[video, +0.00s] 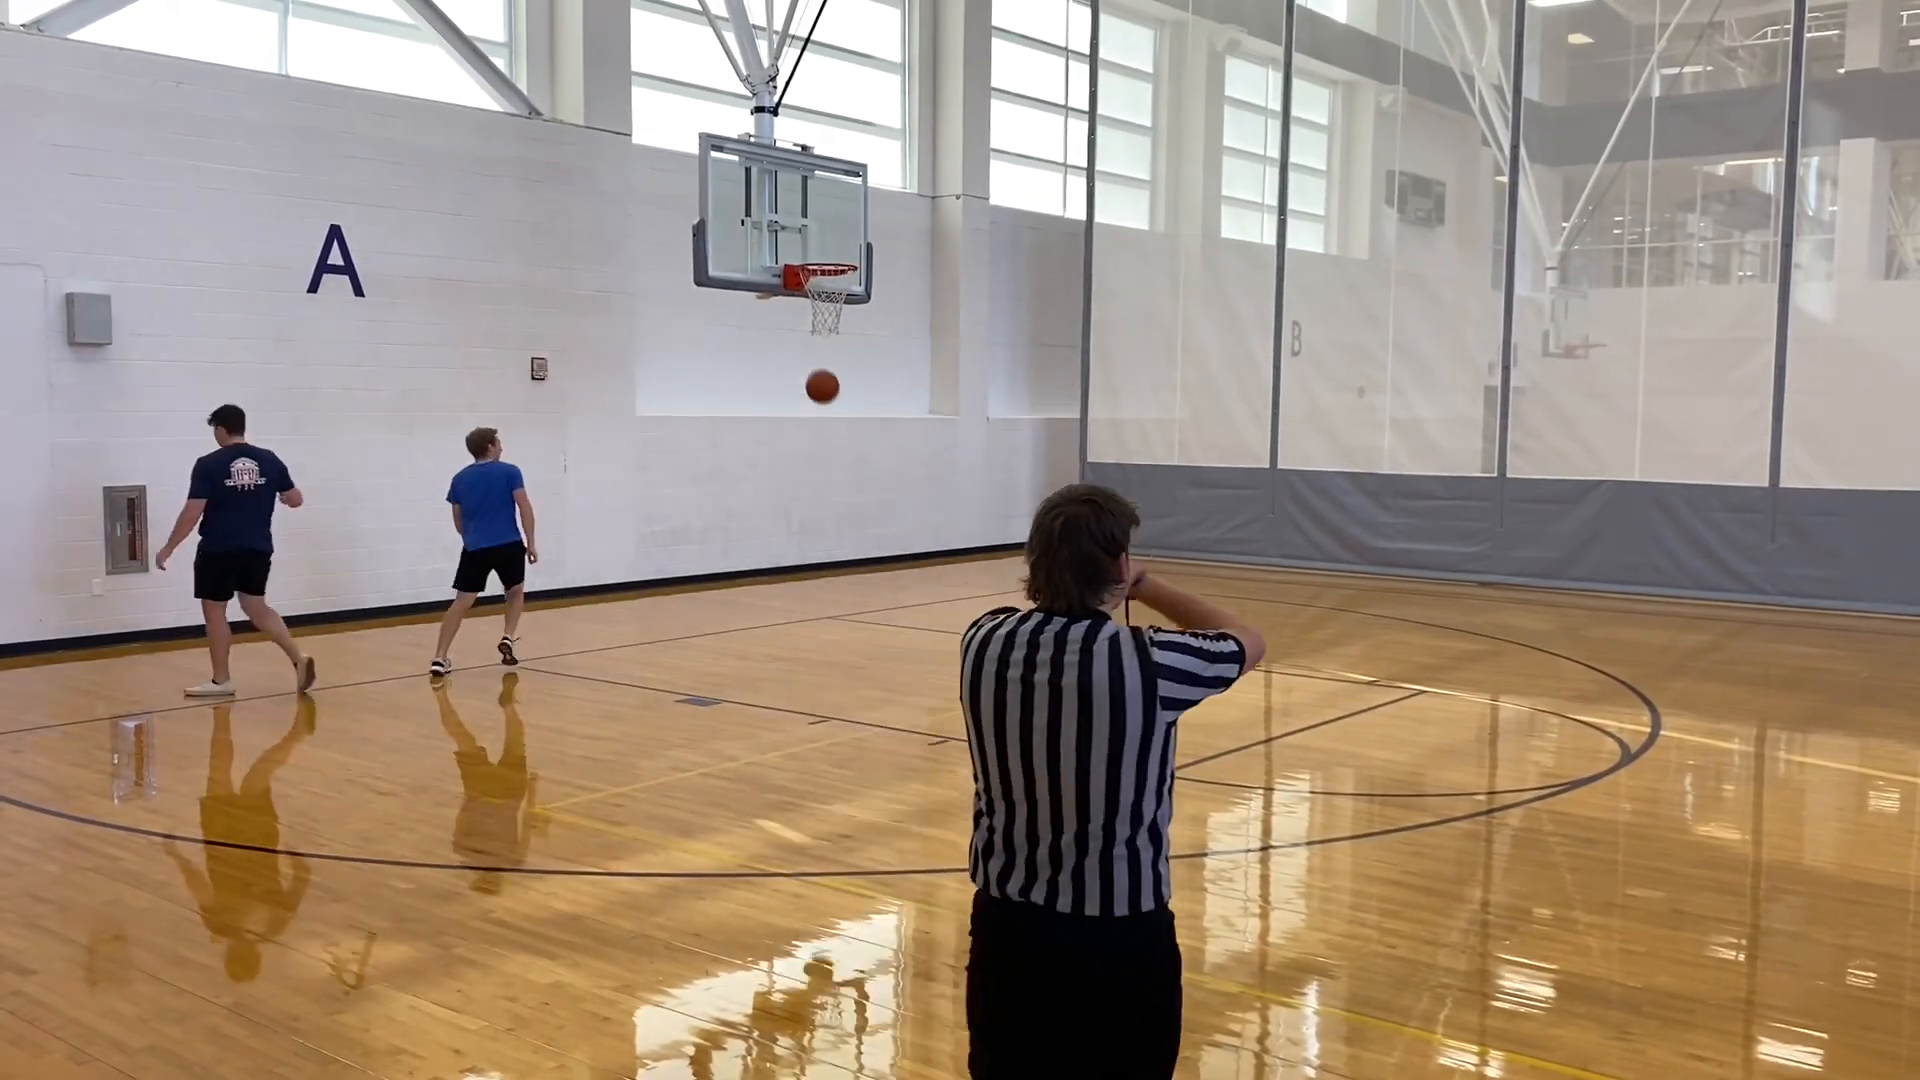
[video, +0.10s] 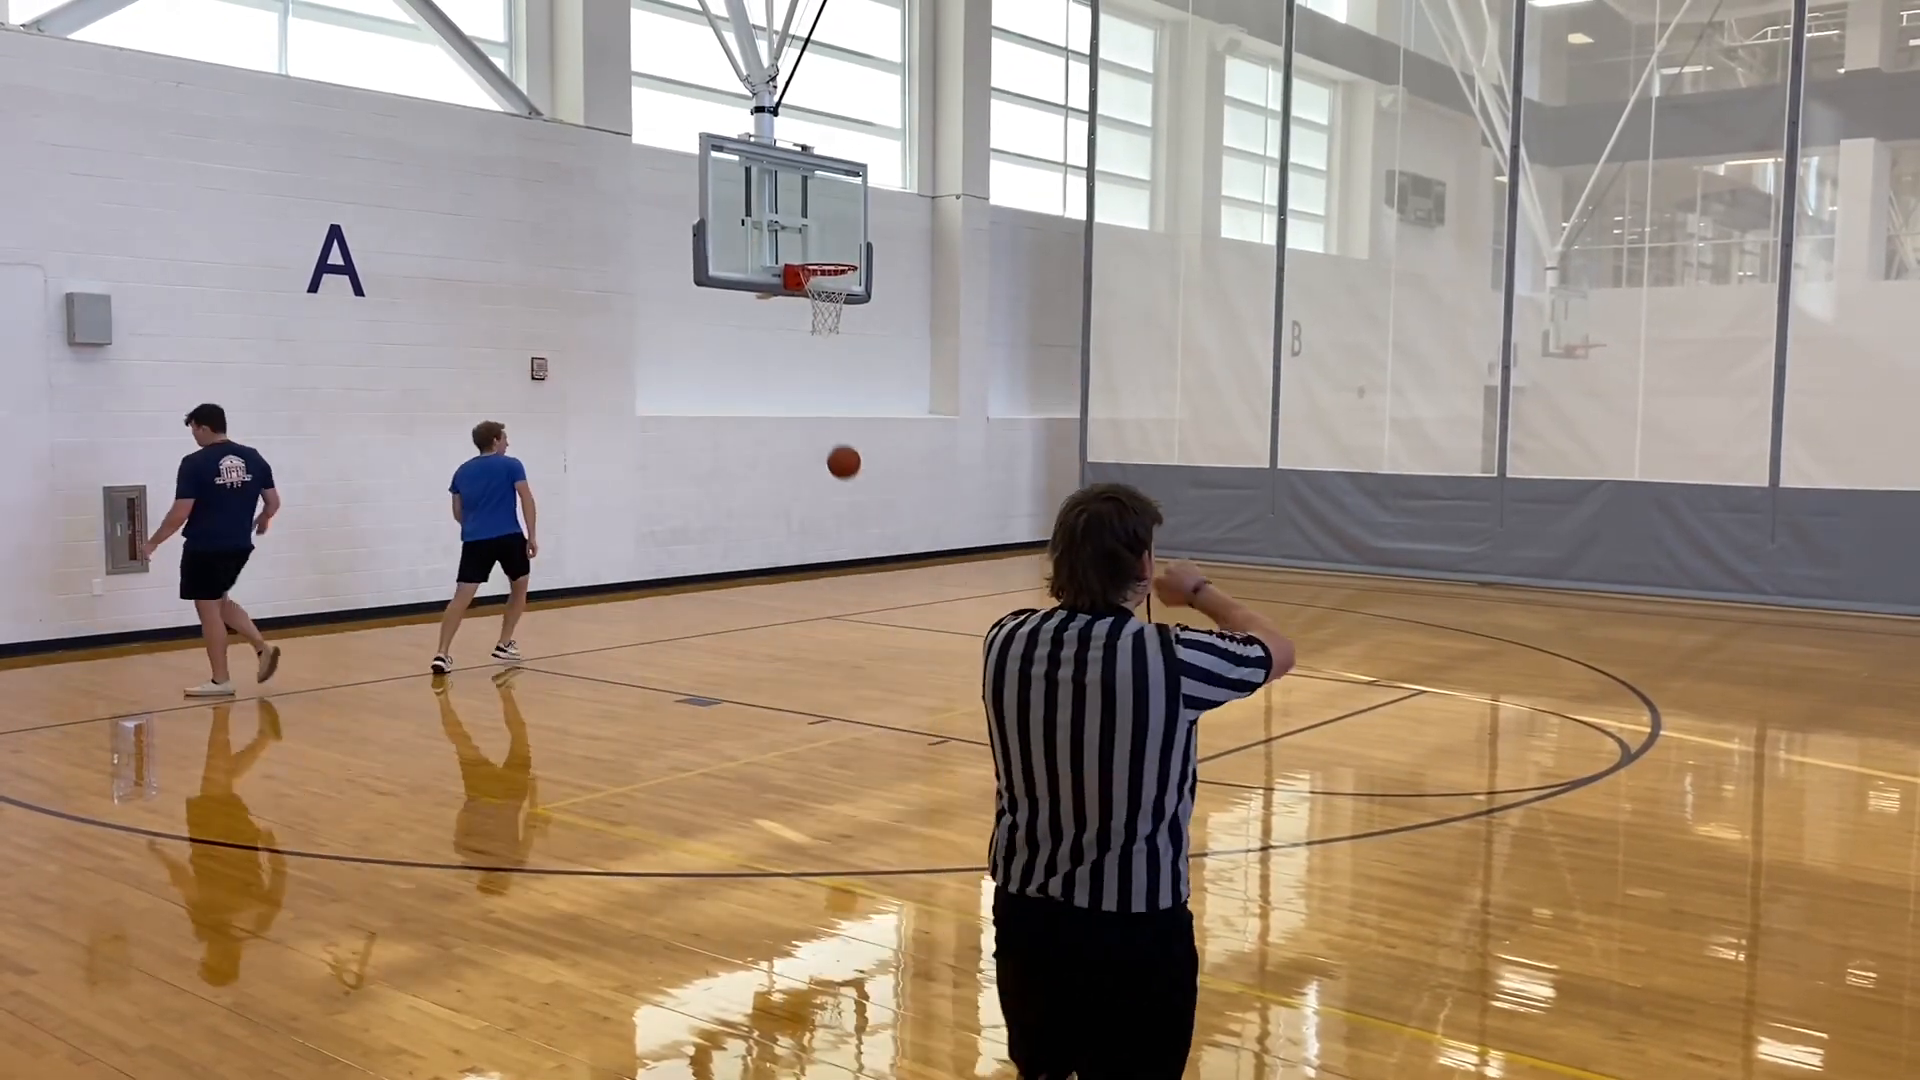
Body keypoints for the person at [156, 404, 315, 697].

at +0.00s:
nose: (215, 436)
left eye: (214, 431)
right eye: (214, 432)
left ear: (221, 430)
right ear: (243, 429)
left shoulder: (208, 464)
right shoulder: (268, 459)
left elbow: (192, 513)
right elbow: (295, 499)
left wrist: (168, 547)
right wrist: (272, 485)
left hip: (217, 552)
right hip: (257, 550)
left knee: (215, 614)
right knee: (255, 605)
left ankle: (221, 680)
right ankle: (298, 659)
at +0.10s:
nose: (193, 435)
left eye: (194, 429)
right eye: (193, 430)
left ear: (203, 428)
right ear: (222, 427)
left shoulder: (194, 463)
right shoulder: (251, 457)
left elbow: (181, 514)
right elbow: (273, 501)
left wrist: (152, 543)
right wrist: (265, 518)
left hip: (205, 548)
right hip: (239, 546)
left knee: (209, 611)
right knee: (220, 601)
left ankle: (221, 680)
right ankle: (263, 647)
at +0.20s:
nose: (176, 433)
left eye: (177, 428)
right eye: (175, 428)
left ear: (188, 426)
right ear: (204, 426)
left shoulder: (181, 459)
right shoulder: (235, 455)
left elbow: (169, 508)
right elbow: (254, 501)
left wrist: (142, 530)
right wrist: (241, 530)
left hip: (191, 545)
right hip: (221, 544)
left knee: (204, 610)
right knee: (182, 598)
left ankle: (219, 678)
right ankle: (220, 657)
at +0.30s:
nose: (159, 432)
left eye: (161, 426)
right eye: (159, 426)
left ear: (174, 425)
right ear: (187, 425)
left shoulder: (167, 460)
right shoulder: (218, 455)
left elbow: (157, 508)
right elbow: (233, 502)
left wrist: (127, 524)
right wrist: (220, 535)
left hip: (178, 546)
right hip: (204, 543)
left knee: (200, 610)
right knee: (161, 598)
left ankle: (221, 679)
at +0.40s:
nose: (143, 434)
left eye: (144, 428)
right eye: (142, 428)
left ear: (158, 428)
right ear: (170, 427)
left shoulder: (155, 462)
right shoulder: (198, 458)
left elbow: (146, 510)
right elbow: (209, 505)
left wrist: (111, 529)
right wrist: (198, 539)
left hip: (163, 550)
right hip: (185, 547)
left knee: (188, 612)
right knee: (149, 607)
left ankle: (220, 679)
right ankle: (130, 676)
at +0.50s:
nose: (125, 435)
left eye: (128, 429)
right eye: (125, 429)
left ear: (143, 428)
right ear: (150, 429)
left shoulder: (148, 461)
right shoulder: (172, 455)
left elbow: (139, 511)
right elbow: (169, 508)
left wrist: (101, 538)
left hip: (150, 551)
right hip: (163, 548)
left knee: (164, 613)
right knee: (135, 610)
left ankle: (214, 672)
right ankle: (126, 679)